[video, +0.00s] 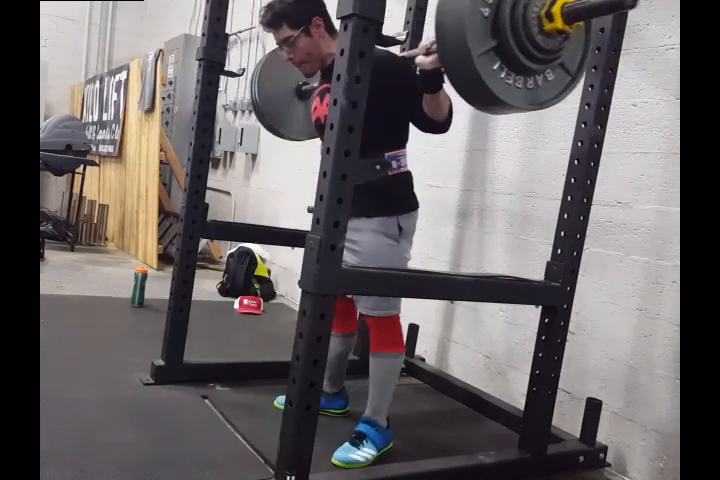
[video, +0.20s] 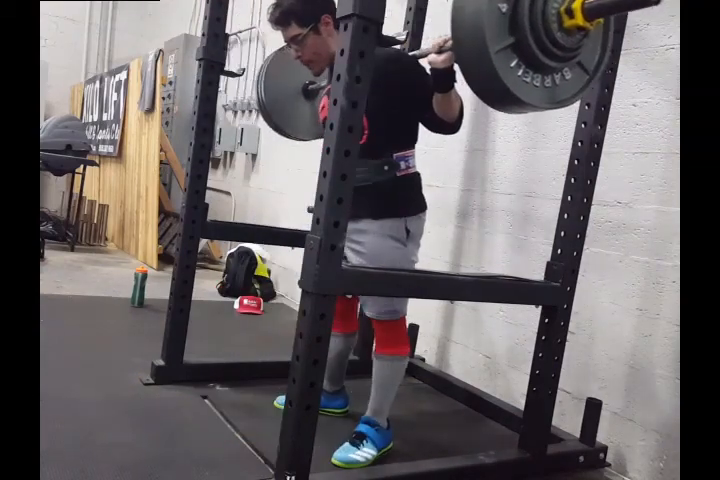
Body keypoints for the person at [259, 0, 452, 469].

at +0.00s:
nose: (289, 57)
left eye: (292, 44)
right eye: (283, 49)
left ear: (319, 27)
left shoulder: (383, 66)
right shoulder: (322, 79)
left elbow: (439, 122)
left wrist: (431, 75)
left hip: (383, 211)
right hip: (336, 208)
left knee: (379, 310)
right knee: (335, 301)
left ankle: (376, 424)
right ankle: (330, 389)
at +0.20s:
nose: (296, 54)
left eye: (299, 42)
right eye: (290, 46)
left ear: (329, 26)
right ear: (320, 32)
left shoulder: (390, 63)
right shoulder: (333, 74)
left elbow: (449, 122)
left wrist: (443, 73)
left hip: (388, 213)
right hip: (340, 209)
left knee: (386, 314)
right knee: (338, 303)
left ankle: (377, 425)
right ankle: (330, 388)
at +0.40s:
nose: (299, 54)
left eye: (302, 42)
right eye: (294, 45)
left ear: (334, 27)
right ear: (326, 32)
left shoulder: (395, 65)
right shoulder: (335, 77)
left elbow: (454, 123)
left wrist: (449, 74)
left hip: (395, 216)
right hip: (343, 211)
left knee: (392, 317)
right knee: (317, 289)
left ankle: (376, 425)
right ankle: (321, 367)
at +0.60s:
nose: (296, 55)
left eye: (300, 43)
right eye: (291, 46)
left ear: (331, 29)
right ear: (321, 34)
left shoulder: (391, 70)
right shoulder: (332, 78)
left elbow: (448, 127)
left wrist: (444, 80)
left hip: (390, 214)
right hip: (341, 211)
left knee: (389, 315)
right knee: (332, 301)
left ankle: (376, 425)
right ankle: (318, 378)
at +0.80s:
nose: (290, 58)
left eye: (294, 46)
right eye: (285, 49)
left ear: (324, 33)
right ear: (314, 38)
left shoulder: (385, 74)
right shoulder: (326, 79)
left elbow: (438, 130)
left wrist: (432, 85)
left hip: (382, 214)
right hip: (336, 211)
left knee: (379, 311)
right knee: (329, 301)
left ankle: (376, 423)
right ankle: (319, 379)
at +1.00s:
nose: (287, 56)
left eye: (291, 44)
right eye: (282, 48)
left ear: (322, 32)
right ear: (311, 39)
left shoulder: (383, 74)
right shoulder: (320, 82)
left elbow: (433, 131)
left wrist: (428, 87)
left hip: (379, 213)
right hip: (332, 210)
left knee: (375, 310)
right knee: (328, 300)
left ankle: (375, 424)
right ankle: (318, 379)